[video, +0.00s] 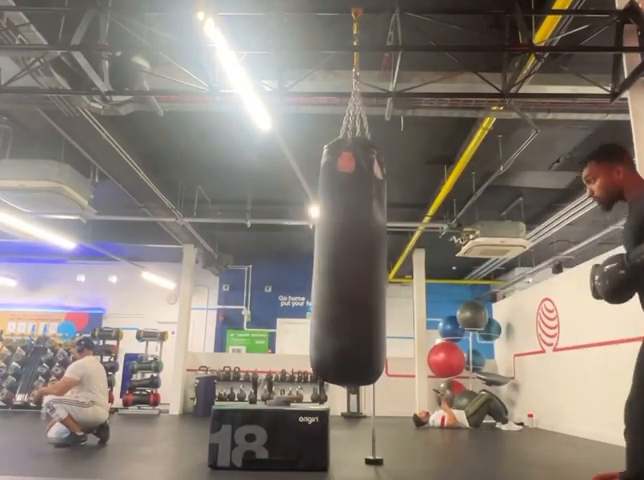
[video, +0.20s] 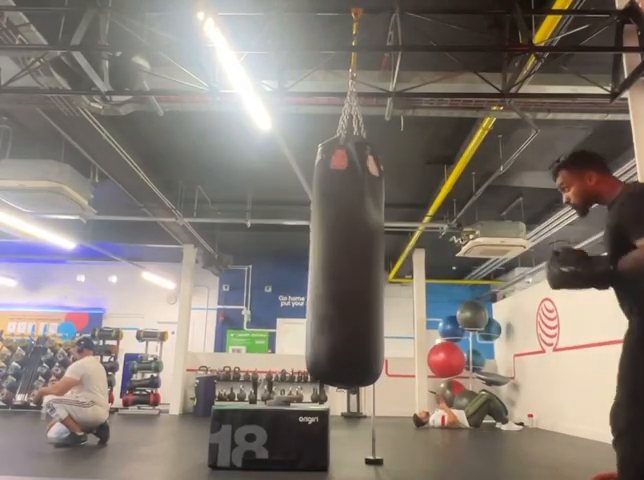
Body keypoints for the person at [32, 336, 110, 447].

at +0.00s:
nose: (73, 354)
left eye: (75, 350)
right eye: (73, 351)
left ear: (82, 350)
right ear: (90, 350)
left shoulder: (80, 364)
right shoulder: (98, 365)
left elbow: (58, 390)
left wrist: (41, 391)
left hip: (91, 410)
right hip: (102, 412)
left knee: (50, 402)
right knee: (53, 435)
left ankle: (78, 434)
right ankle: (95, 428)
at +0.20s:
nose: (73, 353)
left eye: (75, 350)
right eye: (73, 350)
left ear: (82, 350)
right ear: (90, 350)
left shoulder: (81, 365)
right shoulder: (97, 364)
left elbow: (58, 390)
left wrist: (41, 391)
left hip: (92, 410)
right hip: (102, 412)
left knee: (50, 402)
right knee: (54, 435)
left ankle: (78, 434)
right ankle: (96, 428)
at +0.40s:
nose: (71, 352)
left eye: (74, 349)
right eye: (72, 349)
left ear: (86, 351)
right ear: (89, 352)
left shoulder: (82, 365)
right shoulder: (97, 365)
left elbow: (58, 390)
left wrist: (41, 391)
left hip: (92, 410)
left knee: (50, 402)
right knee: (53, 435)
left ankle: (78, 434)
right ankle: (95, 428)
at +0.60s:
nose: (72, 352)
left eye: (76, 348)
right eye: (72, 348)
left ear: (86, 351)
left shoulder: (85, 365)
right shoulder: (94, 363)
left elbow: (60, 390)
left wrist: (50, 384)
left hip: (93, 411)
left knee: (51, 401)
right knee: (53, 435)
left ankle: (79, 434)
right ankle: (96, 428)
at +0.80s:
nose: (71, 354)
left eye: (74, 350)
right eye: (70, 350)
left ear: (84, 351)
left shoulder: (86, 365)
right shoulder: (93, 364)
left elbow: (61, 388)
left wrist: (59, 374)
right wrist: (57, 388)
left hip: (94, 410)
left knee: (52, 401)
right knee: (53, 435)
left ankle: (79, 434)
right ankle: (96, 429)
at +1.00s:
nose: (70, 356)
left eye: (73, 352)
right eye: (69, 352)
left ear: (83, 351)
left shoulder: (87, 365)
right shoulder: (92, 364)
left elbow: (63, 388)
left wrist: (63, 370)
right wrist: (58, 388)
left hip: (95, 410)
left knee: (53, 401)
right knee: (53, 435)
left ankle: (80, 435)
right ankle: (96, 429)